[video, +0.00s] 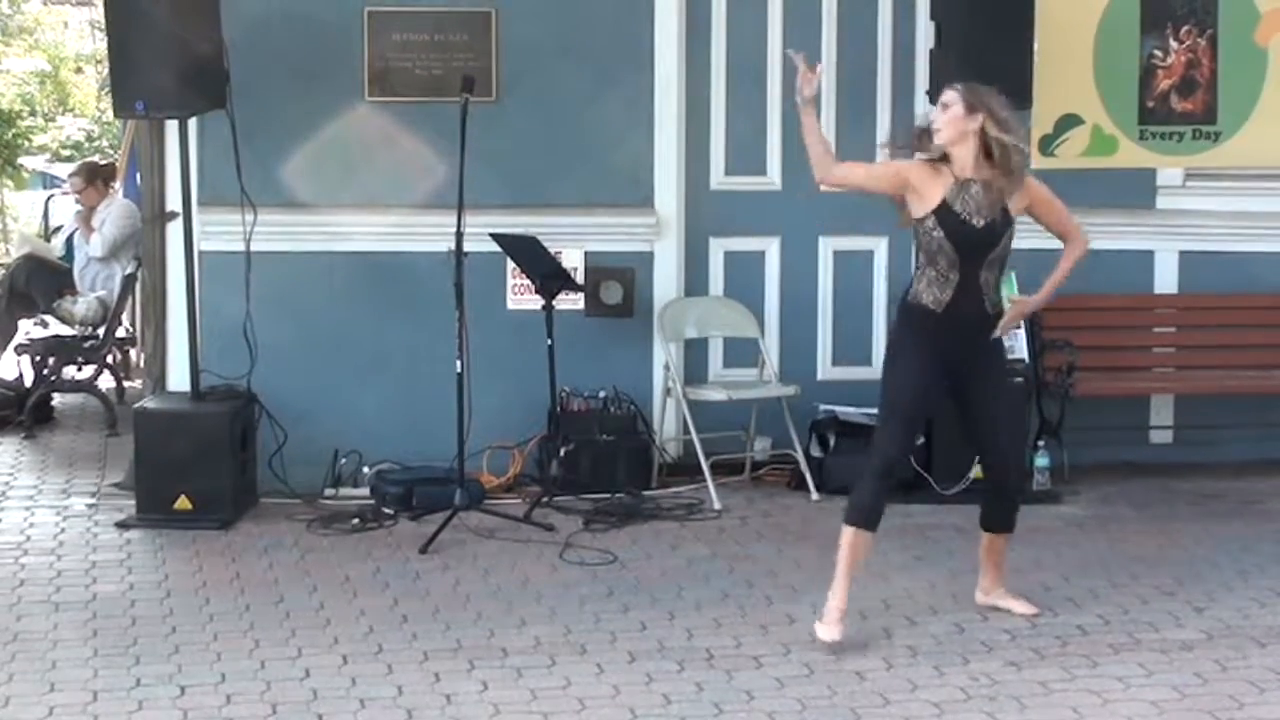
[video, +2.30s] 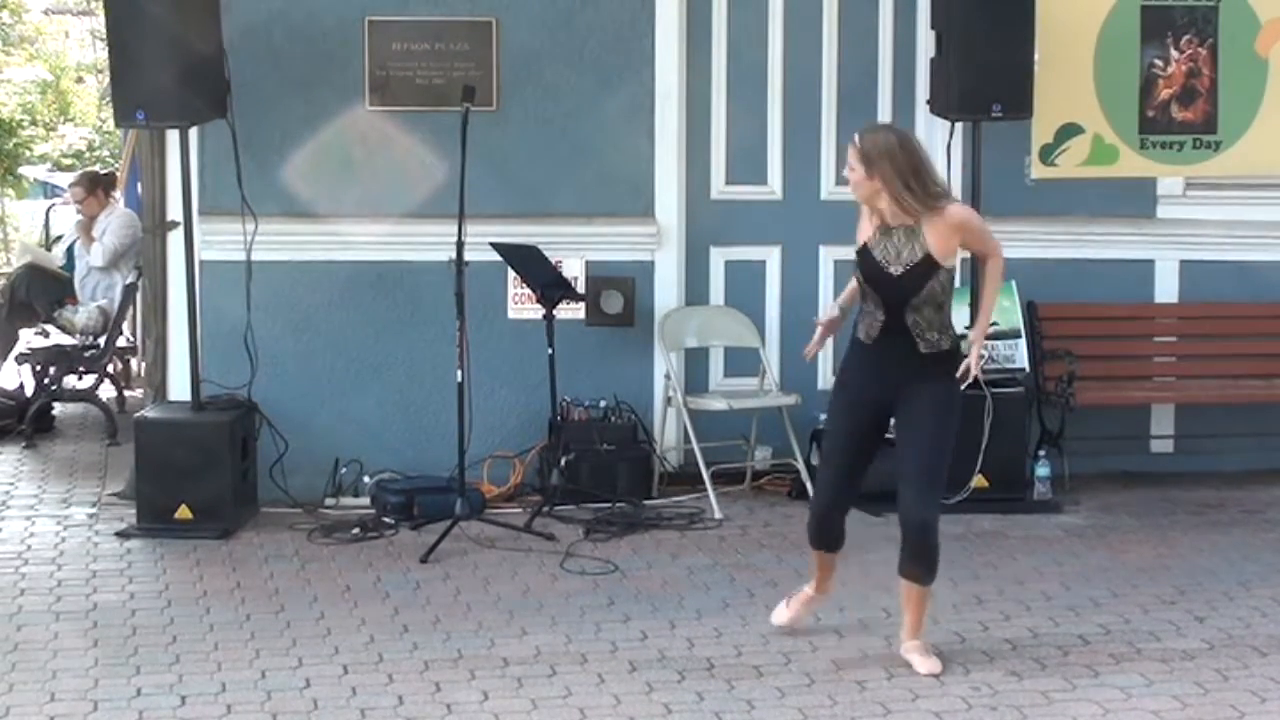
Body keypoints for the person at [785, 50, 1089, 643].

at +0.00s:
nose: (934, 115)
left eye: (947, 107)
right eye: (935, 108)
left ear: (978, 121)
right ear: (942, 124)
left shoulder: (1012, 184)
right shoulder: (915, 175)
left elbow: (1076, 240)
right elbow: (828, 173)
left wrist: (1036, 301)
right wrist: (806, 104)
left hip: (982, 340)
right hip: (919, 337)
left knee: (1008, 463)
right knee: (889, 456)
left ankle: (991, 586)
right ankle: (838, 596)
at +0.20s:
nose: (967, 128)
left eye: (980, 121)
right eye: (962, 121)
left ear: (1003, 139)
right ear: (953, 137)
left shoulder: (1027, 204)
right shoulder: (923, 195)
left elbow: (1112, 242)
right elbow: (829, 185)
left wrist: (1095, 281)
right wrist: (796, 115)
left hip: (988, 356)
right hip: (924, 351)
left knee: (1015, 483)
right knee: (900, 468)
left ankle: (989, 588)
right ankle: (869, 615)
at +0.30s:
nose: (988, 120)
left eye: (990, 113)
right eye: (974, 113)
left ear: (997, 127)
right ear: (944, 131)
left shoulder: (1015, 192)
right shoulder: (912, 188)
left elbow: (1110, 197)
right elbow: (815, 181)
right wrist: (775, 117)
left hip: (985, 353)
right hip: (921, 350)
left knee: (1005, 474)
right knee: (899, 472)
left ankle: (989, 589)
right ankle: (860, 617)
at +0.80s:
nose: (912, 109)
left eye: (917, 101)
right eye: (898, 103)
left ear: (927, 117)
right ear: (871, 123)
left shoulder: (952, 183)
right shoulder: (846, 188)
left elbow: (1027, 239)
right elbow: (778, 255)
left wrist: (1080, 177)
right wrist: (724, 196)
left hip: (929, 350)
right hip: (865, 352)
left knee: (933, 487)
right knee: (869, 489)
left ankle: (929, 628)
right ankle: (857, 635)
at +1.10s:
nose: (914, 154)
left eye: (922, 144)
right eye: (902, 145)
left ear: (933, 153)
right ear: (879, 154)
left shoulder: (953, 210)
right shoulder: (850, 217)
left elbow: (1005, 283)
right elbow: (796, 301)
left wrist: (1069, 263)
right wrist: (753, 265)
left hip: (918, 362)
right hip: (854, 364)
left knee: (925, 497)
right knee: (869, 495)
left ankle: (918, 634)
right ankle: (860, 638)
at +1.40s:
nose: (913, 215)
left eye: (923, 204)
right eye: (902, 204)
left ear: (936, 203)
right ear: (882, 202)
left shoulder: (955, 247)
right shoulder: (850, 251)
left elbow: (983, 314)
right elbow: (807, 321)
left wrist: (1024, 339)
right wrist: (793, 334)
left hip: (913, 374)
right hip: (848, 375)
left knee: (926, 506)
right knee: (869, 503)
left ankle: (916, 636)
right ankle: (860, 640)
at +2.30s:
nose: (846, 177)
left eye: (853, 168)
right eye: (846, 167)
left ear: (885, 174)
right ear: (881, 174)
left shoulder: (951, 218)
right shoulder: (867, 216)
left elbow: (992, 257)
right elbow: (872, 272)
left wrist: (979, 332)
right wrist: (837, 311)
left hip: (930, 373)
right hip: (867, 366)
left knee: (919, 512)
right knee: (828, 497)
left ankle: (912, 638)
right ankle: (820, 585)